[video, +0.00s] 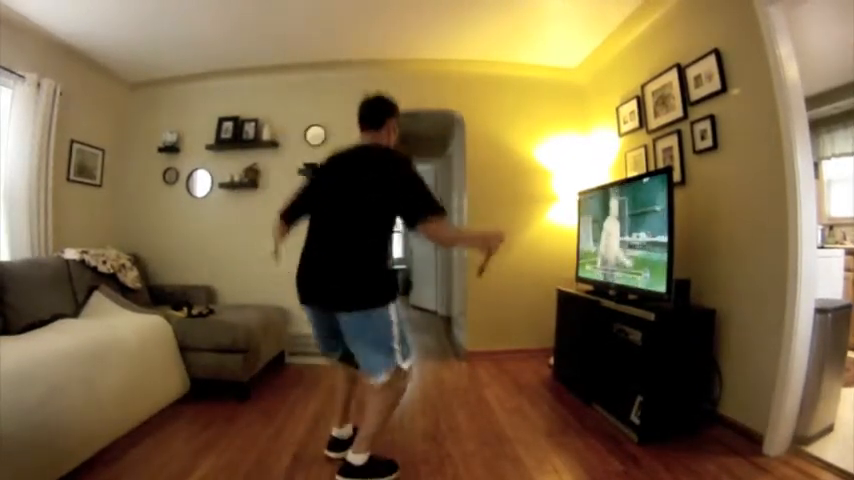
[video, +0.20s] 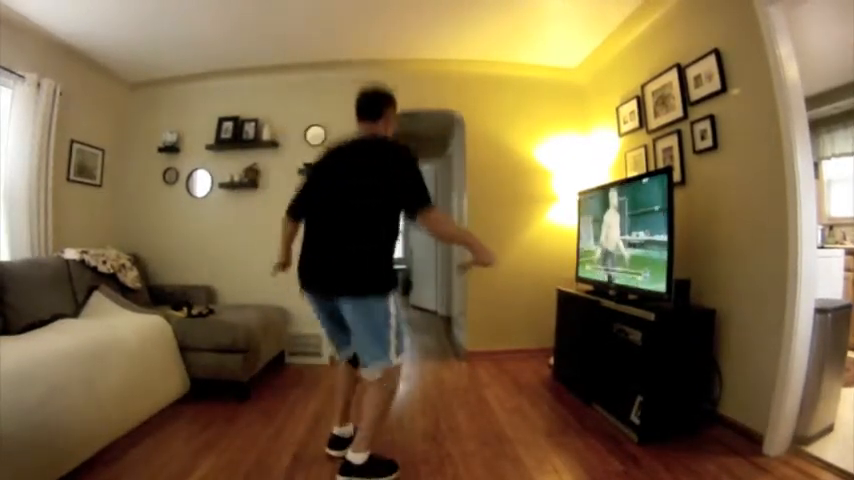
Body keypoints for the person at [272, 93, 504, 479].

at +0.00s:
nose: (398, 133)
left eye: (394, 126)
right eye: (397, 126)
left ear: (360, 127)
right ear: (391, 127)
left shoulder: (334, 164)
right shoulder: (395, 168)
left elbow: (288, 215)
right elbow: (436, 230)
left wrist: (281, 231)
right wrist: (483, 239)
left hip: (315, 283)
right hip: (363, 288)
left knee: (345, 360)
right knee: (389, 375)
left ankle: (342, 432)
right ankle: (359, 458)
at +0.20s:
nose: (395, 124)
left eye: (392, 117)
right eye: (395, 117)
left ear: (358, 118)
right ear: (389, 118)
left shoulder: (333, 157)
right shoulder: (396, 157)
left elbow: (293, 213)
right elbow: (427, 218)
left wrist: (284, 256)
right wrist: (475, 244)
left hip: (316, 274)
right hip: (365, 277)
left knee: (350, 354)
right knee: (382, 368)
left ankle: (341, 431)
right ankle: (358, 457)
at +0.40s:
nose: (389, 61)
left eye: (385, 55)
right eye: (390, 55)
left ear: (352, 53)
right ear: (387, 54)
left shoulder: (323, 90)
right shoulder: (393, 89)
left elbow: (295, 157)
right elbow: (419, 154)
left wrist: (270, 209)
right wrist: (458, 203)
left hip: (314, 209)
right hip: (361, 210)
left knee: (344, 307)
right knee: (363, 310)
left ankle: (352, 395)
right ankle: (339, 412)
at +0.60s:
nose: (385, 76)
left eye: (379, 69)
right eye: (386, 70)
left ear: (348, 67)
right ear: (382, 69)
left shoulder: (319, 105)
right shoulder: (390, 111)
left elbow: (279, 158)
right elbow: (416, 168)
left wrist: (257, 195)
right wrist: (466, 192)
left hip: (311, 232)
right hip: (359, 236)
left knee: (328, 328)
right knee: (356, 335)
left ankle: (323, 416)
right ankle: (343, 444)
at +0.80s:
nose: (384, 131)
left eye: (383, 125)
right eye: (384, 125)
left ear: (343, 123)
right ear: (378, 124)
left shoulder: (315, 161)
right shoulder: (381, 168)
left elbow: (278, 227)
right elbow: (420, 233)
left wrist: (275, 260)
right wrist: (470, 269)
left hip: (297, 285)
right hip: (345, 289)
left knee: (332, 357)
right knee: (366, 378)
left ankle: (318, 433)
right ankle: (331, 463)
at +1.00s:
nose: (378, 84)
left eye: (376, 78)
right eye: (379, 78)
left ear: (340, 74)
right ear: (372, 76)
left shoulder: (309, 112)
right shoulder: (378, 116)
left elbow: (280, 178)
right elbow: (407, 182)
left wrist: (262, 229)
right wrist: (444, 238)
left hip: (296, 235)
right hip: (341, 238)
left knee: (316, 336)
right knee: (342, 340)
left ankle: (319, 416)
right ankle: (333, 443)